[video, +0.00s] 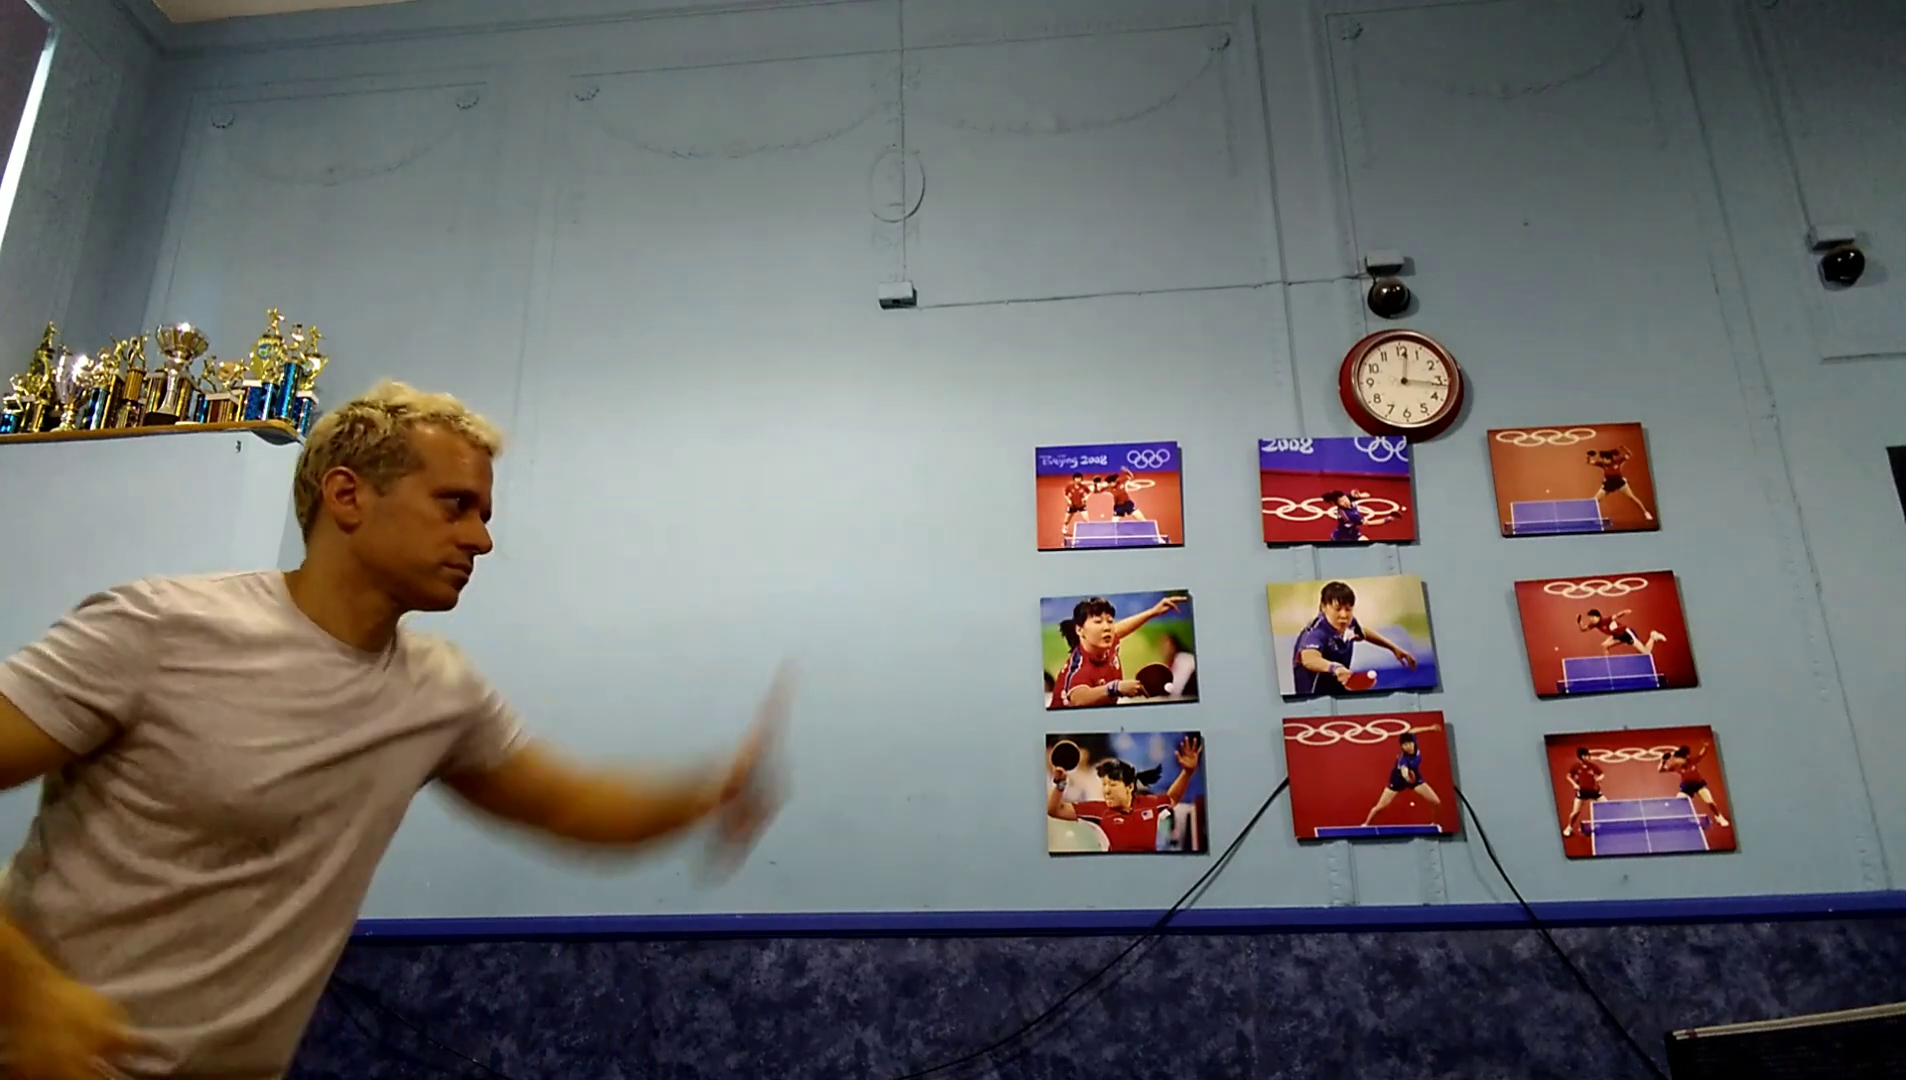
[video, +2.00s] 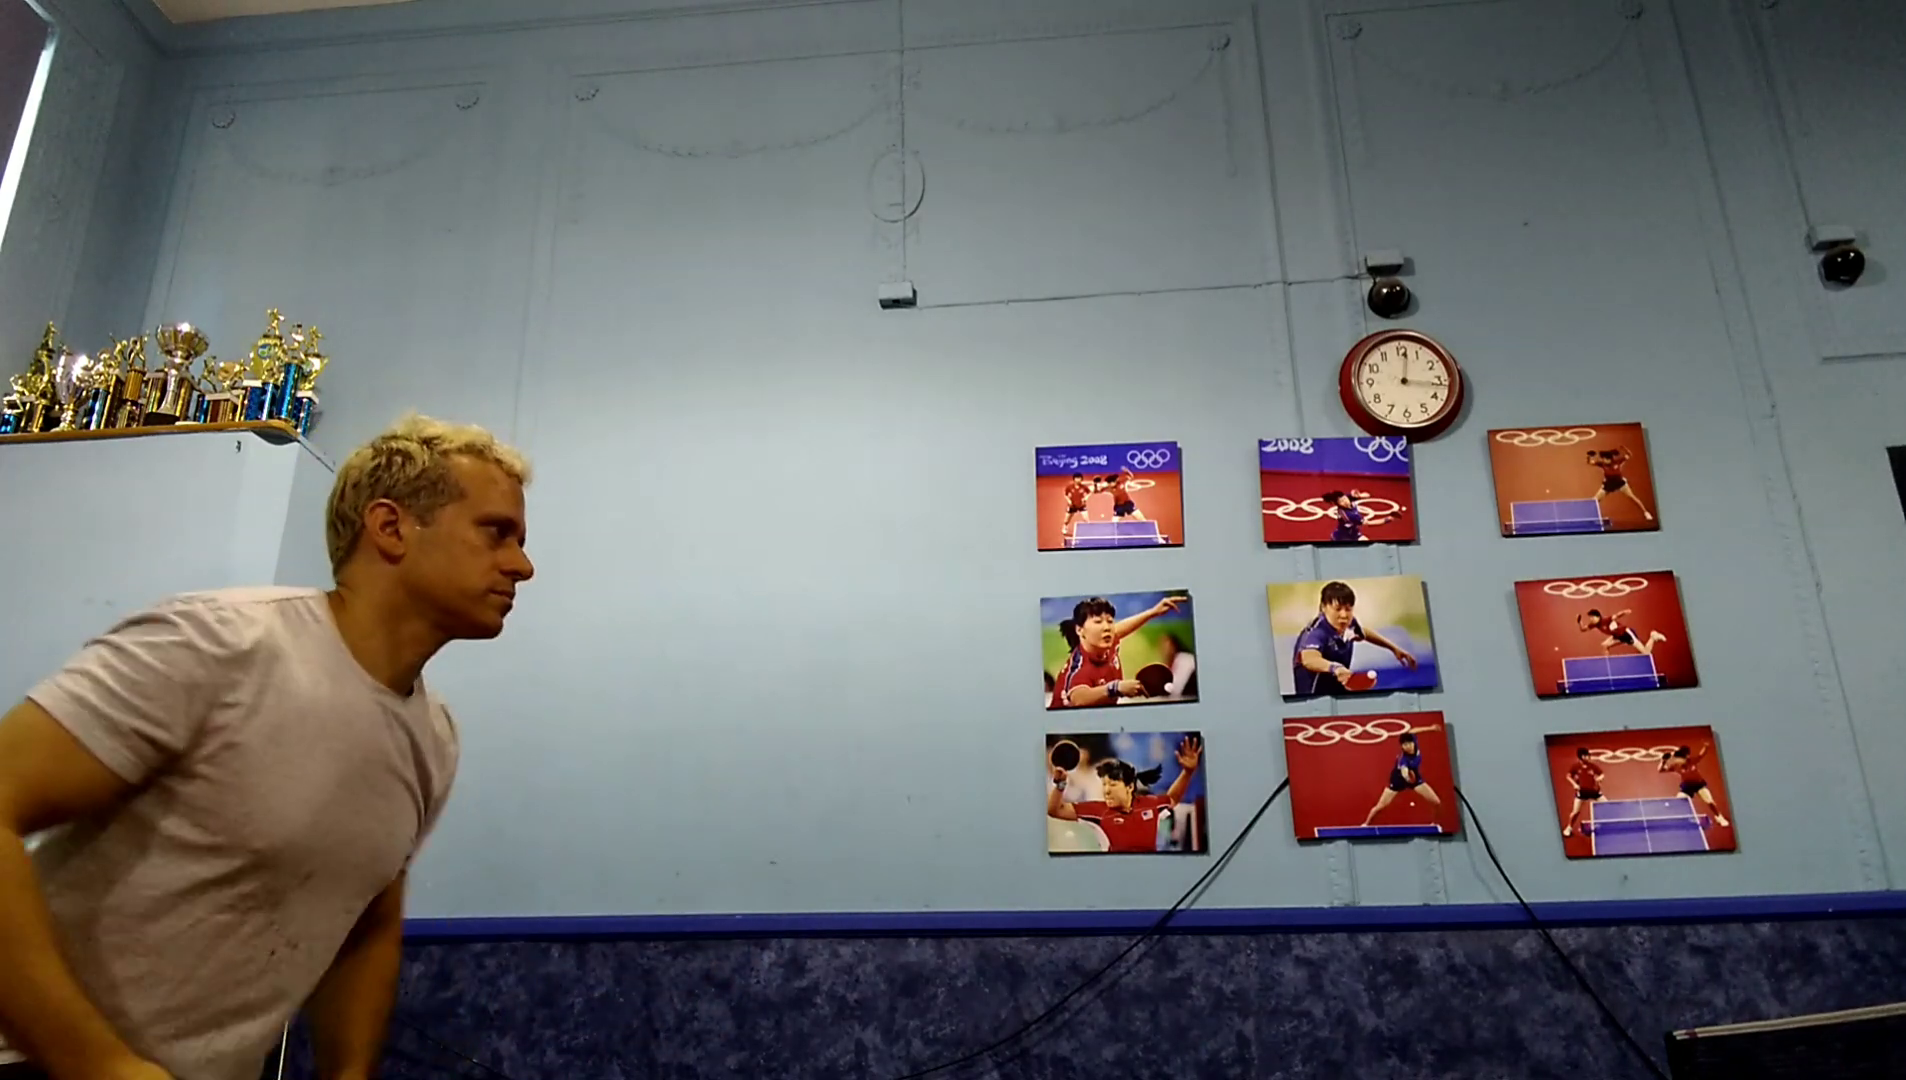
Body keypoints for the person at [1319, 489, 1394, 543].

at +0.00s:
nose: (1344, 502)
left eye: (1344, 499)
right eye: (1341, 502)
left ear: (1346, 497)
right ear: (1338, 505)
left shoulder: (1350, 499)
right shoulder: (1350, 515)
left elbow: (1367, 496)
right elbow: (1367, 523)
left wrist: (1359, 495)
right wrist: (1386, 520)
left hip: (1355, 535)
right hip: (1341, 538)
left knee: (1370, 547)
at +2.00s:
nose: (1345, 502)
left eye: (1344, 499)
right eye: (1341, 502)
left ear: (1347, 497)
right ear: (1338, 505)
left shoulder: (1349, 499)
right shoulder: (1350, 515)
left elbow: (1368, 495)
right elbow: (1367, 523)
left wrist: (1360, 495)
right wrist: (1384, 520)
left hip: (1355, 535)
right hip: (1342, 538)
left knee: (1370, 547)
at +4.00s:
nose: (1344, 502)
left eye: (1343, 499)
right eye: (1340, 502)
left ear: (1346, 497)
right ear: (1338, 505)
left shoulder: (1350, 500)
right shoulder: (1349, 515)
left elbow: (1367, 496)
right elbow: (1367, 523)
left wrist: (1360, 495)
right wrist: (1385, 520)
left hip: (1355, 535)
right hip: (1341, 537)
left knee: (1370, 547)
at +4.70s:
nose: (1344, 502)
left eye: (1344, 499)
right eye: (1341, 502)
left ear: (1346, 497)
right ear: (1338, 505)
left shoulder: (1350, 500)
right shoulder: (1349, 515)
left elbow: (1367, 496)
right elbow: (1367, 523)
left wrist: (1360, 495)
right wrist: (1385, 520)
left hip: (1356, 536)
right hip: (1342, 537)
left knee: (1370, 547)